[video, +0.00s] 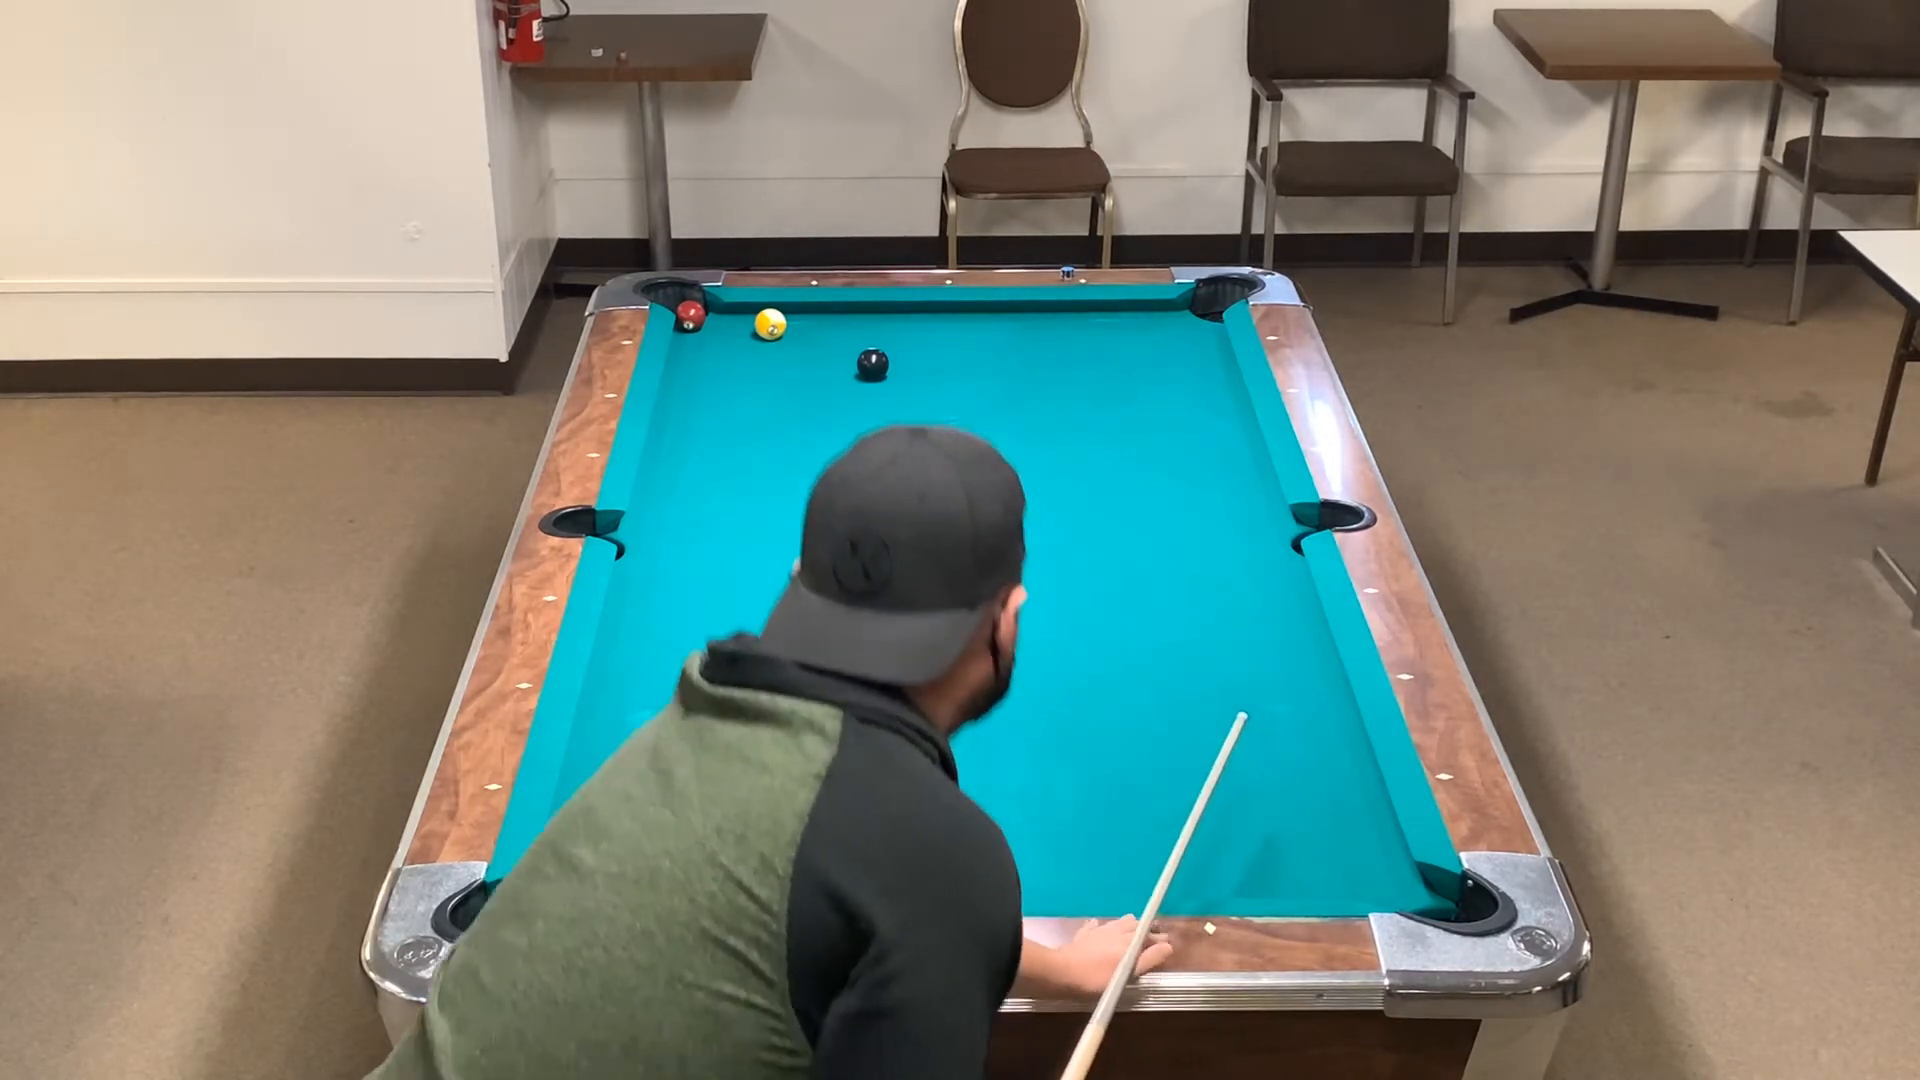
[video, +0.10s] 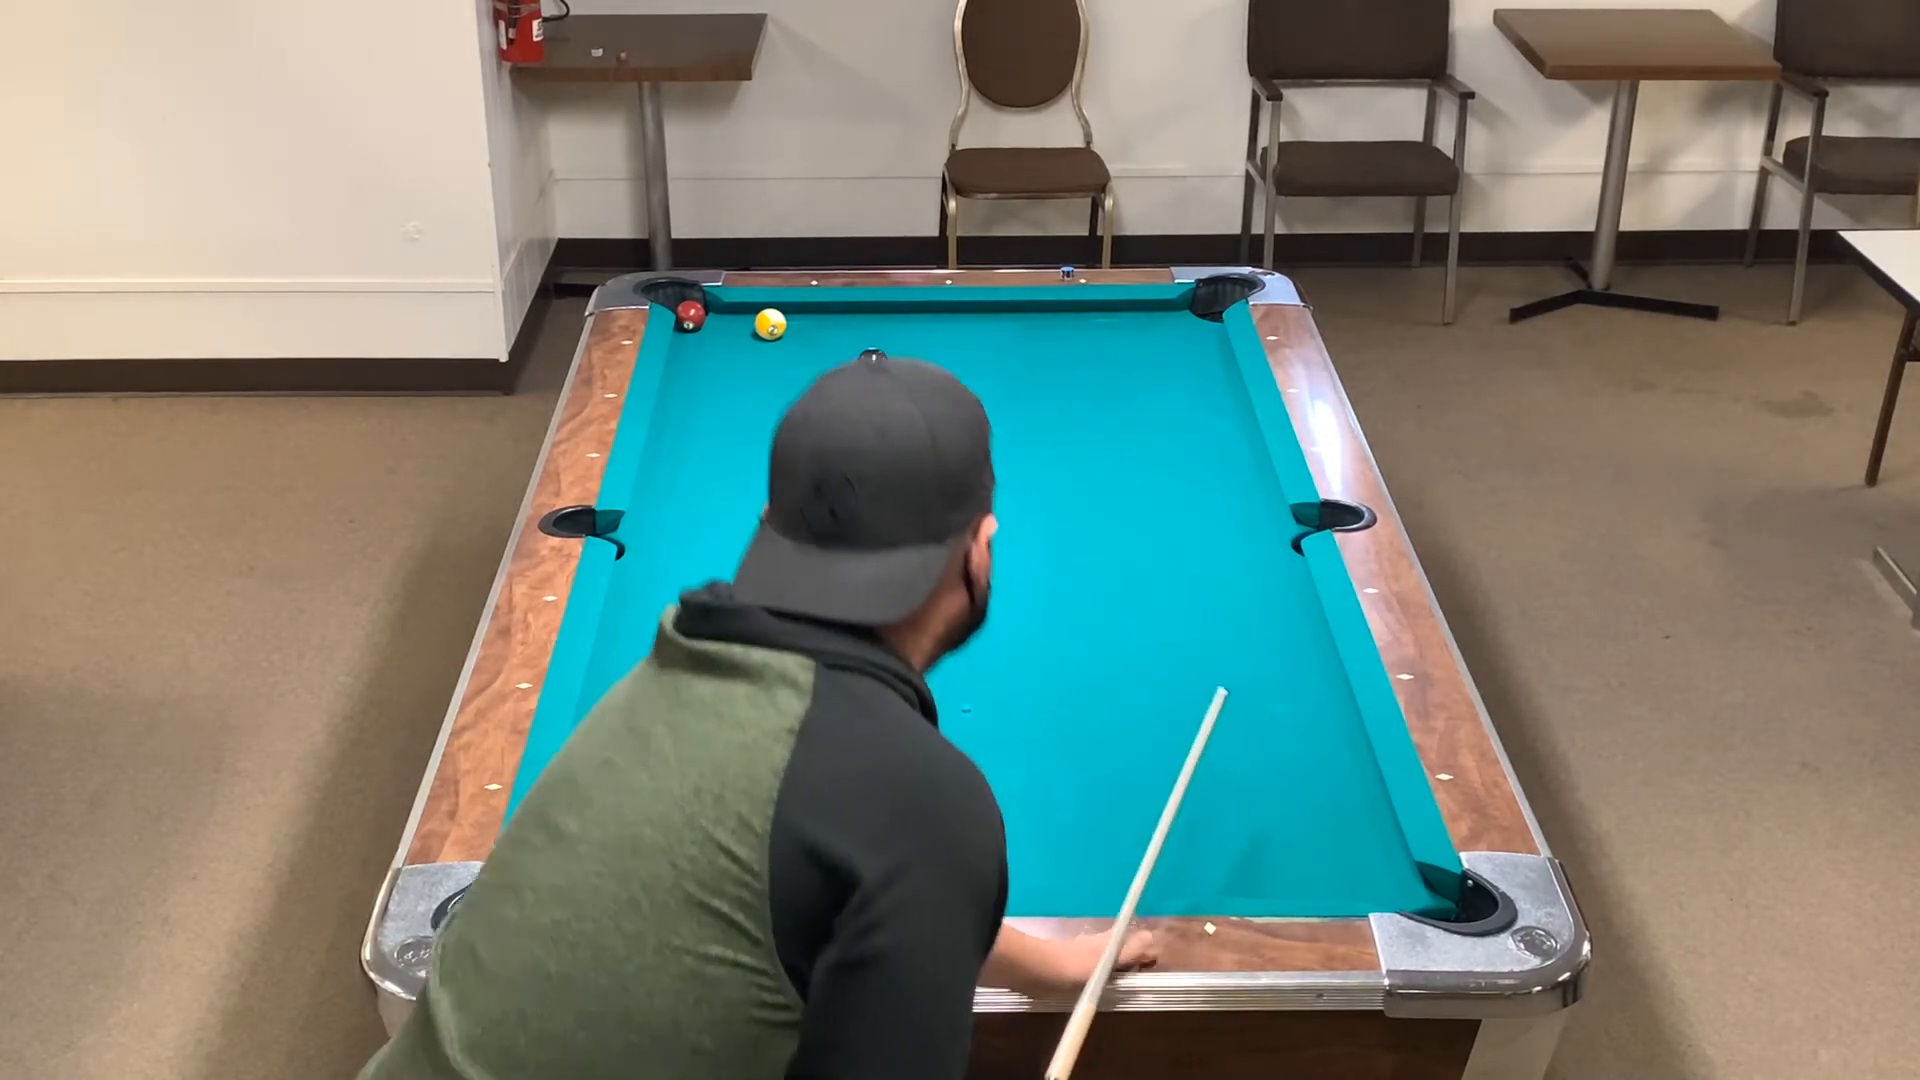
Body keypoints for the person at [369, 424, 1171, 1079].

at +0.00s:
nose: (1019, 613)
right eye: (1023, 592)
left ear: (806, 578)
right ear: (1003, 620)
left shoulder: (709, 709)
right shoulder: (942, 862)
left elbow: (800, 892)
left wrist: (1040, 955)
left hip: (430, 1048)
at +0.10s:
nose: (991, 552)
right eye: (991, 531)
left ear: (779, 519)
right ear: (974, 557)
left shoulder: (675, 670)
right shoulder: (926, 807)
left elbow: (773, 886)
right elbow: (885, 1068)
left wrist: (1026, 954)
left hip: (417, 1053)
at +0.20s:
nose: (962, 483)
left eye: (953, 458)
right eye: (959, 463)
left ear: (752, 461)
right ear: (942, 491)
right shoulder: (900, 755)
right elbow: (870, 1061)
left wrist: (1016, 952)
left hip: (425, 1047)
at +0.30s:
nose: (930, 422)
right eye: (926, 408)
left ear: (704, 422)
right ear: (909, 441)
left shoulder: (604, 588)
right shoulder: (880, 717)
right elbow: (866, 1058)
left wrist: (933, 967)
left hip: (439, 1047)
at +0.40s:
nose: (900, 388)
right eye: (896, 373)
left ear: (677, 387)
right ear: (884, 403)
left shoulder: (566, 579)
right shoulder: (869, 696)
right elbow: (885, 1056)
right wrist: (978, 1055)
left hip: (457, 1050)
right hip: (704, 1064)